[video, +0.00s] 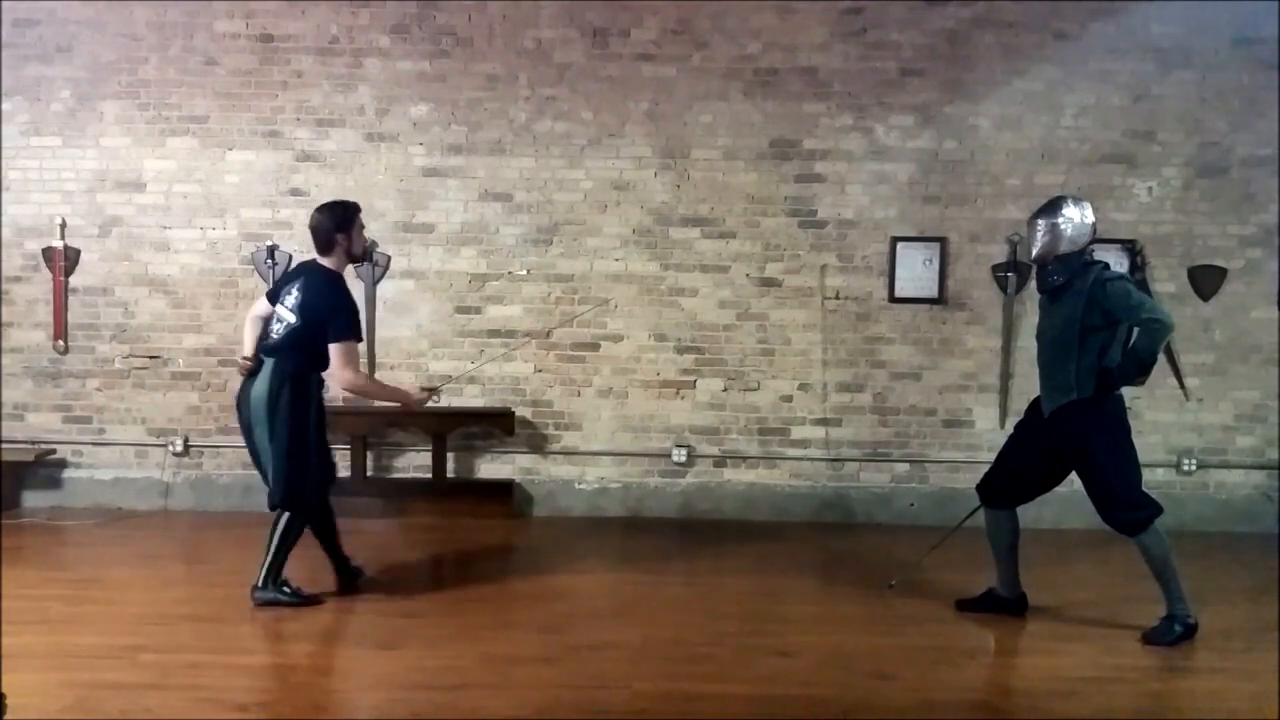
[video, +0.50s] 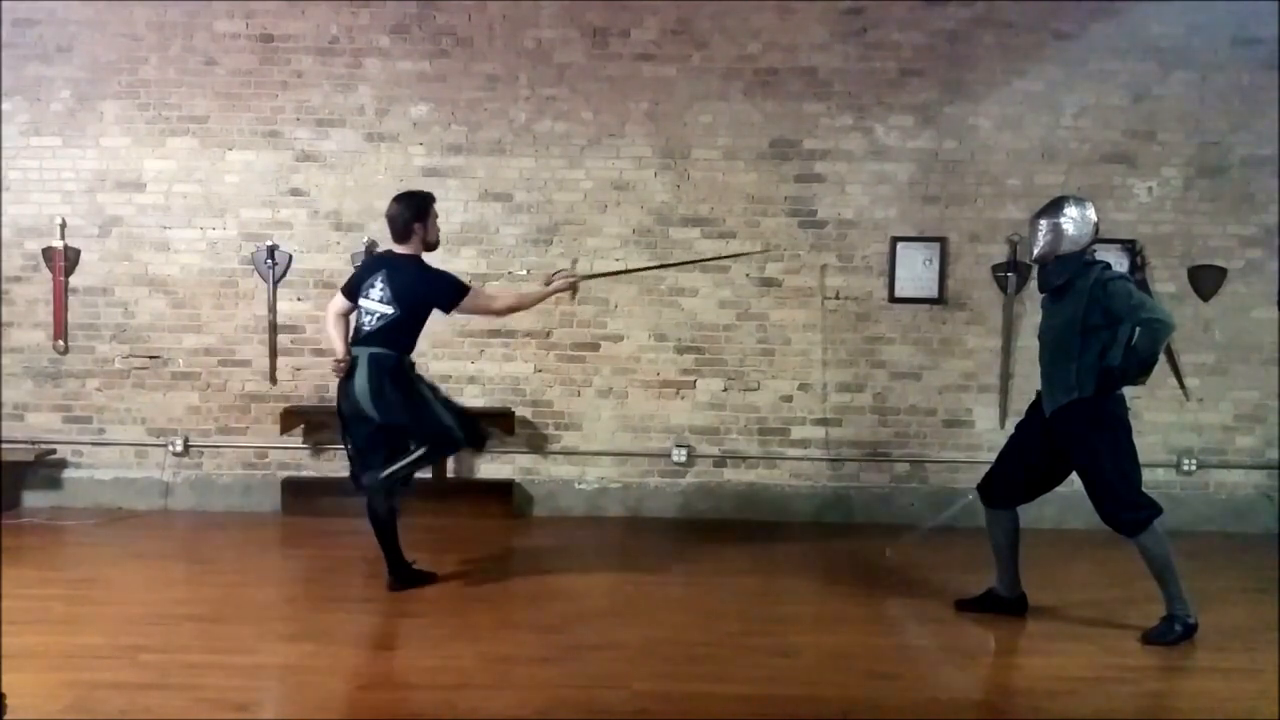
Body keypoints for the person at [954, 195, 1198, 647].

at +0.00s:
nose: (1036, 242)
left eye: (1043, 232)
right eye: (1035, 232)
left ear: (1068, 234)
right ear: (1056, 234)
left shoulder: (1101, 282)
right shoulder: (1055, 284)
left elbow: (1158, 321)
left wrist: (1127, 372)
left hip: (1095, 415)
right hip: (1052, 413)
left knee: (1130, 512)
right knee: (996, 492)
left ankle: (1180, 614)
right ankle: (1008, 593)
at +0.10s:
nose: (1036, 241)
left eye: (1044, 231)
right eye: (1035, 231)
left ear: (1070, 234)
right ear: (1052, 234)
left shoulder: (1101, 281)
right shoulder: (1055, 284)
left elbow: (1157, 320)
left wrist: (1125, 373)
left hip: (1095, 416)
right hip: (1052, 413)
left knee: (1130, 512)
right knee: (996, 493)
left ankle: (1180, 614)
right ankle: (1008, 593)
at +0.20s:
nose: (1036, 241)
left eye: (1045, 231)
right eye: (1036, 231)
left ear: (1070, 233)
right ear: (1054, 234)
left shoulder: (1100, 281)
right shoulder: (1057, 284)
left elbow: (1157, 321)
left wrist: (1125, 373)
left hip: (1096, 416)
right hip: (1053, 413)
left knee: (1130, 512)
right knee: (996, 492)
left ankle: (1181, 614)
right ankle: (1008, 593)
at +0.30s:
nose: (1036, 241)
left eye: (1045, 231)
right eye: (1036, 231)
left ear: (1070, 233)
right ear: (1055, 234)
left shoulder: (1100, 281)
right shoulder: (1056, 282)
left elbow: (1157, 321)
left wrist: (1126, 372)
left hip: (1095, 416)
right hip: (1053, 413)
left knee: (1131, 512)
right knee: (996, 492)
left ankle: (1181, 614)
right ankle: (1008, 593)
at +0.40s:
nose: (1038, 240)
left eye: (1047, 231)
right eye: (1038, 231)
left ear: (1072, 234)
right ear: (1052, 235)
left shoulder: (1101, 281)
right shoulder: (1057, 283)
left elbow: (1158, 321)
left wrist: (1123, 373)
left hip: (1096, 416)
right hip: (1053, 413)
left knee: (1129, 511)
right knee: (996, 492)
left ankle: (1180, 613)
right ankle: (1008, 592)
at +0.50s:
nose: (1039, 242)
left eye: (1048, 232)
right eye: (1038, 232)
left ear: (1072, 235)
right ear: (1053, 235)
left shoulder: (1102, 282)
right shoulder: (1057, 285)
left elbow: (1158, 321)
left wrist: (1127, 373)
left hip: (1096, 415)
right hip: (1052, 412)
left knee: (1129, 512)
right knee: (996, 492)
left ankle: (1180, 613)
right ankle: (1008, 592)